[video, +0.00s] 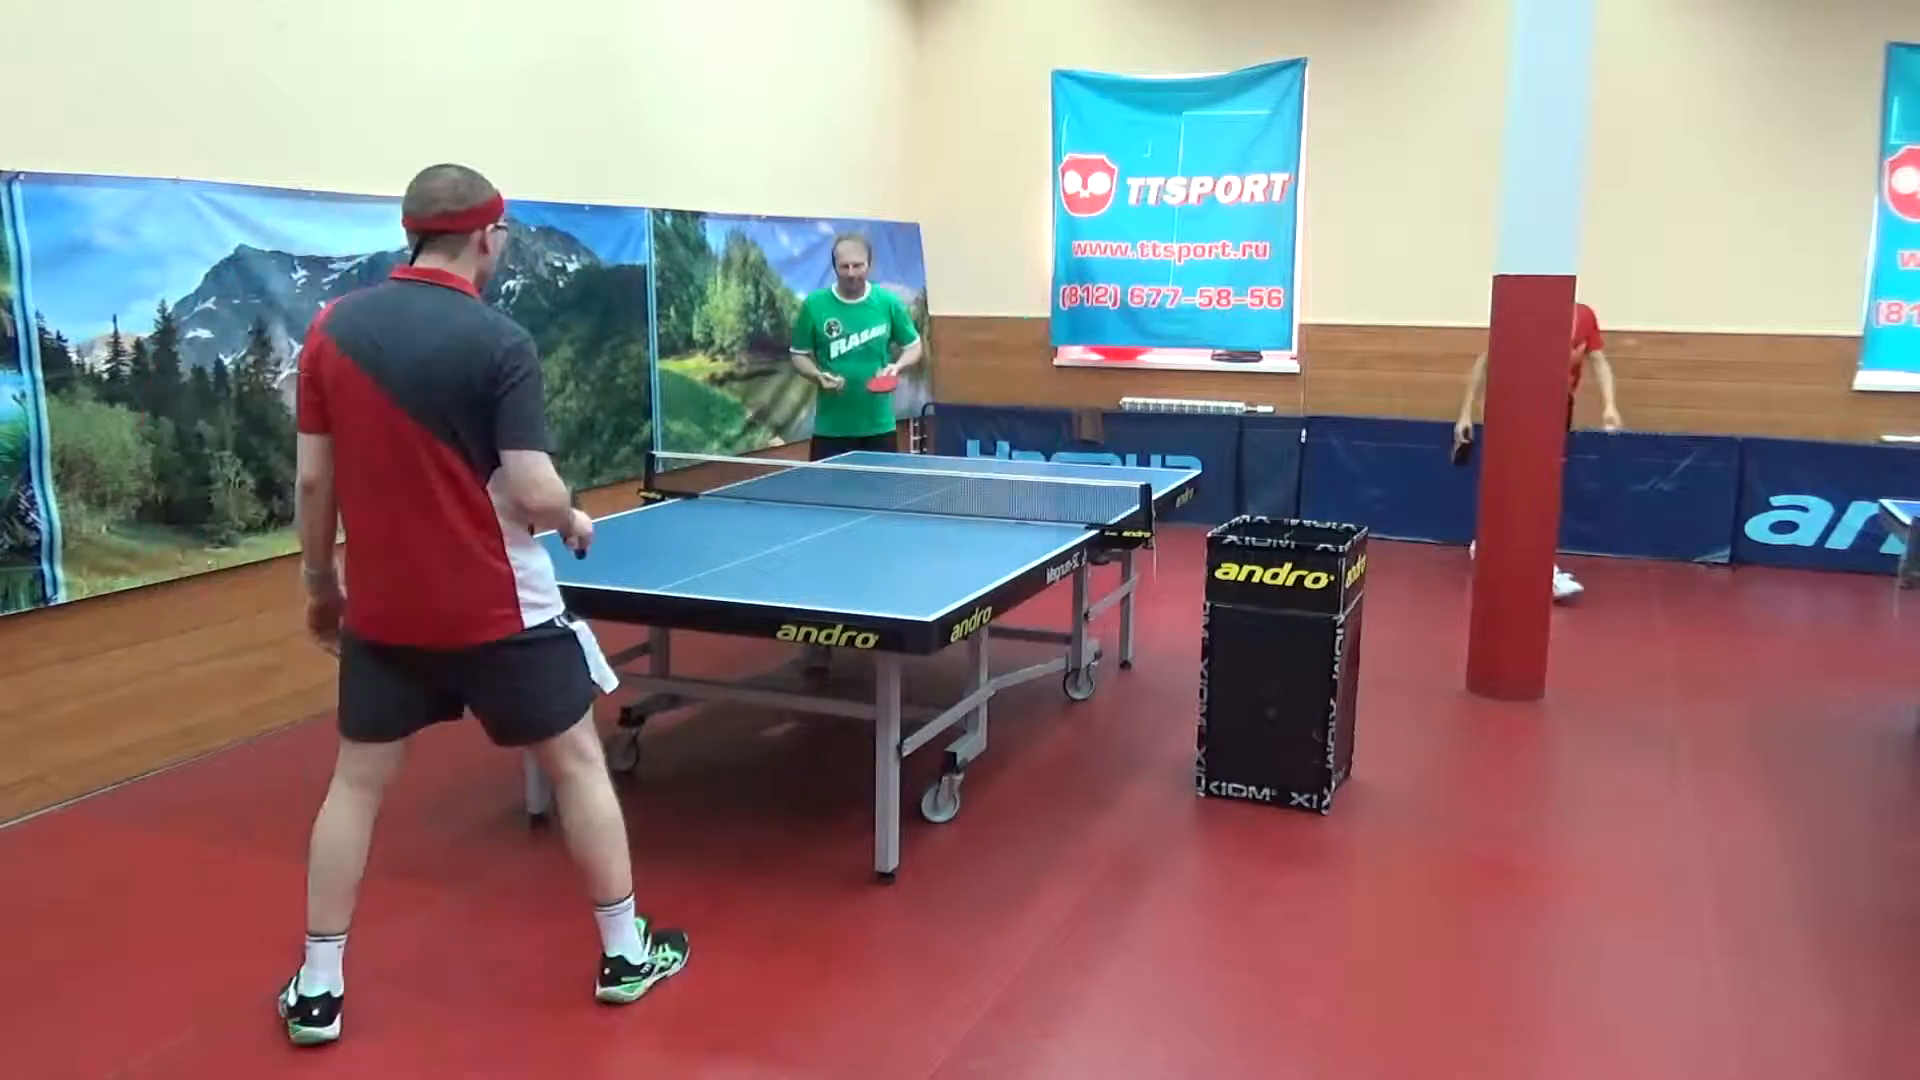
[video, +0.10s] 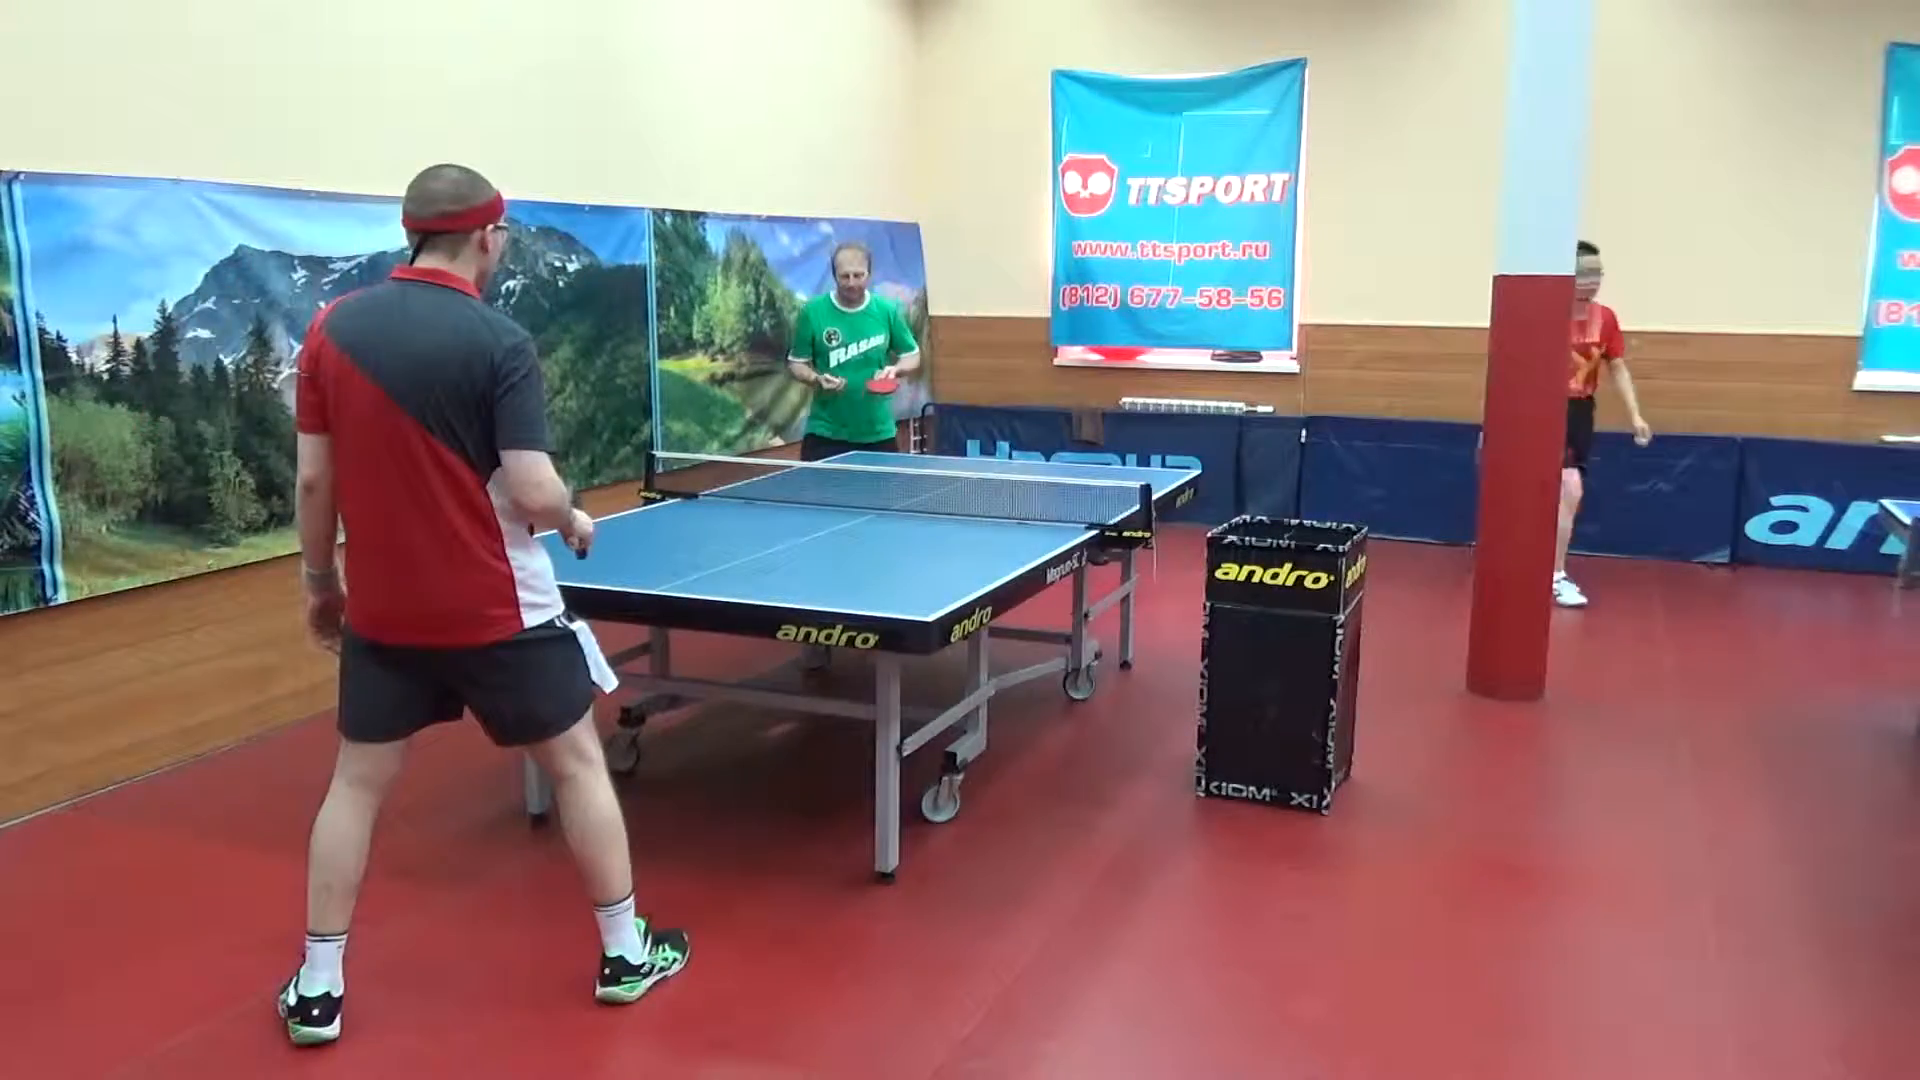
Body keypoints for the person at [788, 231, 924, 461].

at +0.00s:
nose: (851, 273)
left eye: (858, 266)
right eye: (844, 267)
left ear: (868, 265)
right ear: (835, 268)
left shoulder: (888, 302)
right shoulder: (815, 305)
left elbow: (914, 345)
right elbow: (799, 354)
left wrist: (897, 367)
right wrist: (818, 375)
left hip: (879, 424)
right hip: (832, 425)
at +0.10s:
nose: (851, 283)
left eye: (858, 276)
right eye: (845, 276)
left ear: (868, 275)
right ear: (834, 276)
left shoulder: (887, 311)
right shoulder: (813, 312)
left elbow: (912, 356)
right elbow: (796, 362)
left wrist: (895, 370)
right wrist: (817, 379)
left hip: (878, 431)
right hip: (827, 431)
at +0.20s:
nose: (847, 296)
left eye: (853, 289)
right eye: (840, 289)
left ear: (863, 285)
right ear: (828, 287)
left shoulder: (880, 318)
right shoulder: (806, 322)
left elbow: (902, 365)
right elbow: (793, 373)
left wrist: (888, 374)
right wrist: (817, 384)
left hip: (874, 435)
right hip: (823, 436)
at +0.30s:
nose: (839, 309)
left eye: (845, 303)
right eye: (832, 302)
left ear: (853, 299)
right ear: (819, 298)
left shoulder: (866, 327)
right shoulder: (795, 331)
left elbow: (885, 373)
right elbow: (787, 390)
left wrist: (875, 384)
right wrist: (818, 395)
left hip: (862, 438)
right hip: (815, 442)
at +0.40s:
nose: (835, 320)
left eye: (841, 313)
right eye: (828, 312)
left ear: (848, 309)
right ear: (812, 306)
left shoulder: (852, 330)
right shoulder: (787, 344)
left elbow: (865, 375)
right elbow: (786, 403)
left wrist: (866, 390)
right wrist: (820, 414)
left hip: (849, 436)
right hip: (807, 446)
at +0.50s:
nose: (841, 320)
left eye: (846, 312)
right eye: (835, 312)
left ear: (851, 308)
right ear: (816, 305)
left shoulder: (847, 326)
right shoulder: (790, 340)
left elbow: (861, 361)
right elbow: (797, 401)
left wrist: (870, 373)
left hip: (842, 431)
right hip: (804, 440)